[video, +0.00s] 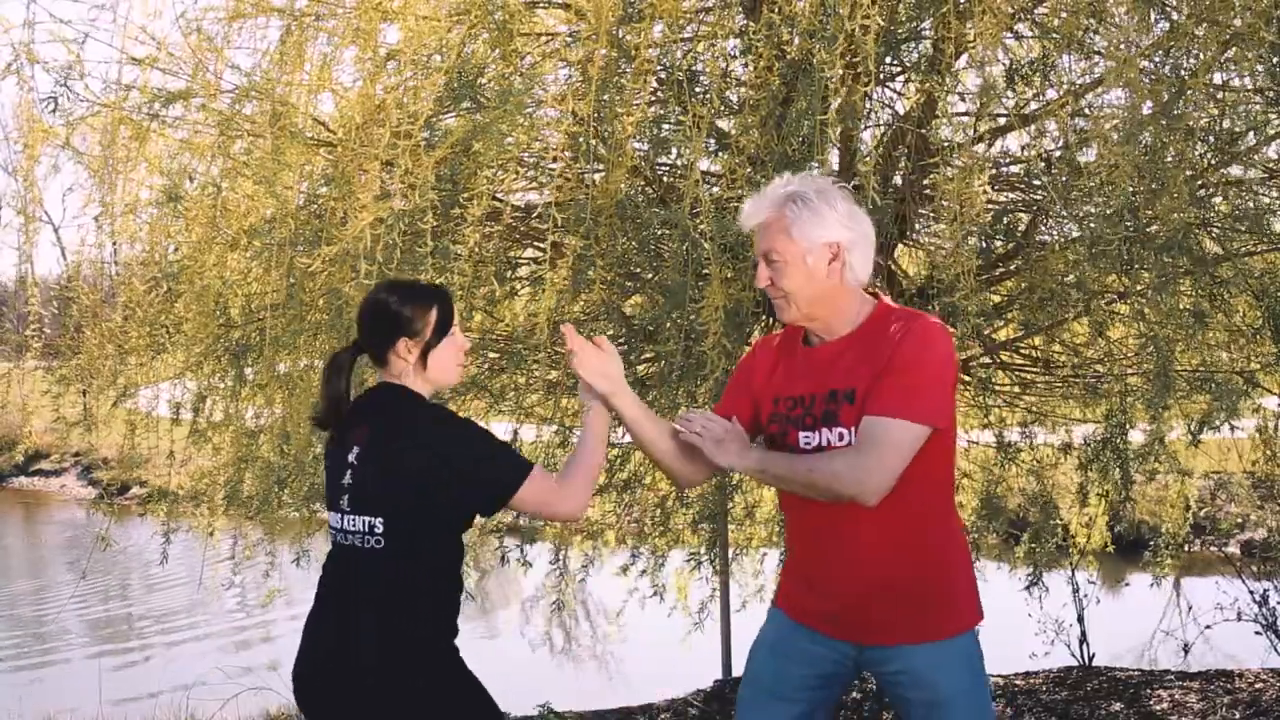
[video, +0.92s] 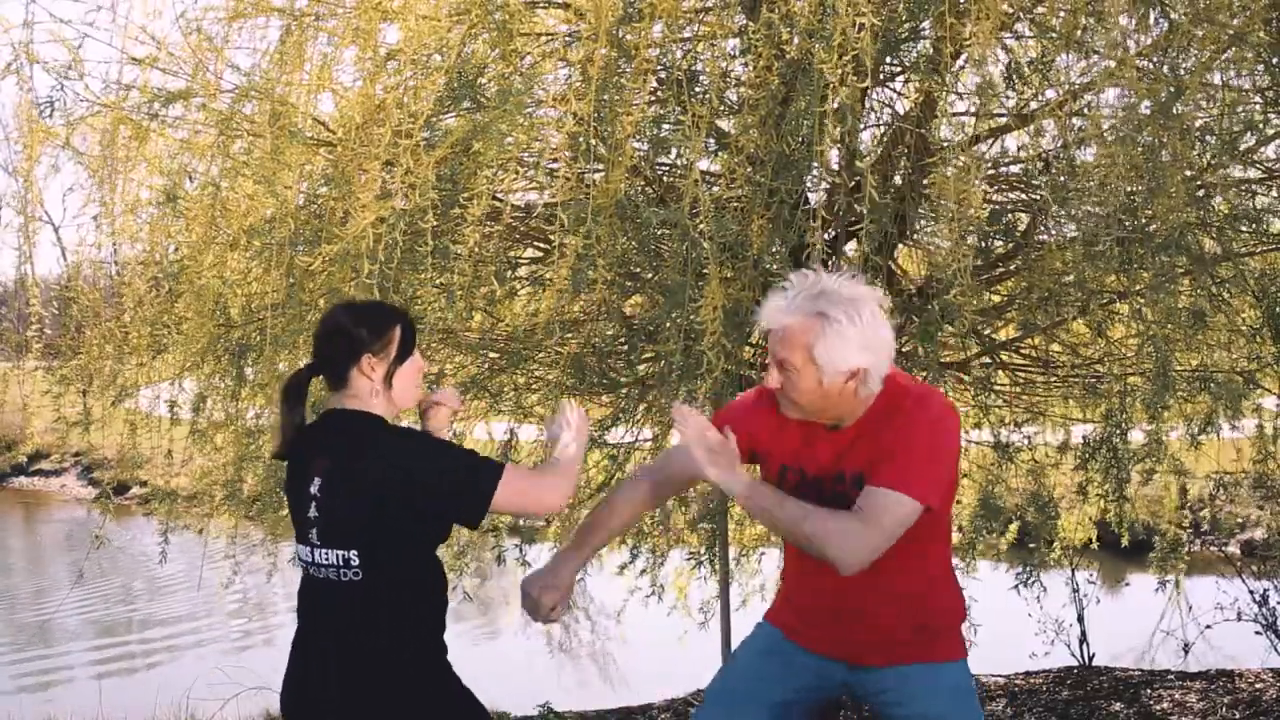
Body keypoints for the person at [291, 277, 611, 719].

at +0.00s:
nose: (465, 343)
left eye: (459, 329)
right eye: (452, 332)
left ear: (402, 351)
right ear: (409, 350)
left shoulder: (350, 422)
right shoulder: (441, 435)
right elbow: (570, 501)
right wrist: (599, 402)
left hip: (325, 671)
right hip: (412, 675)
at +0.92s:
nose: (423, 366)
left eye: (416, 352)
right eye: (411, 353)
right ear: (372, 366)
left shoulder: (307, 447)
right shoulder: (406, 455)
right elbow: (551, 492)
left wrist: (433, 435)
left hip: (312, 688)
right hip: (404, 689)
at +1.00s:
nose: (421, 374)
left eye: (415, 362)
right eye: (409, 363)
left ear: (359, 378)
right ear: (366, 377)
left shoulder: (300, 455)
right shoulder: (415, 461)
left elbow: (371, 515)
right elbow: (541, 512)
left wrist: (426, 446)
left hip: (306, 695)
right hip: (402, 695)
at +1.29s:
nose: (427, 382)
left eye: (420, 371)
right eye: (414, 373)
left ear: (366, 389)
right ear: (369, 389)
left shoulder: (317, 464)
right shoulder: (415, 471)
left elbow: (417, 544)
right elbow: (543, 532)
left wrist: (445, 457)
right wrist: (598, 553)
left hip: (309, 700)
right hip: (399, 702)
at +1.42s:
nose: (435, 375)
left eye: (428, 364)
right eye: (422, 366)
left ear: (376, 391)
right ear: (383, 389)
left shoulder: (344, 463)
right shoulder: (433, 468)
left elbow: (446, 535)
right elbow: (548, 551)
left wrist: (467, 447)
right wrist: (617, 592)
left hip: (323, 695)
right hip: (412, 699)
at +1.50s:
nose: (441, 373)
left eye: (433, 363)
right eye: (430, 365)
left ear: (389, 389)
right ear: (393, 387)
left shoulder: (362, 460)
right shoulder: (445, 473)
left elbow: (499, 492)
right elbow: (548, 568)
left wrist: (524, 413)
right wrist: (598, 615)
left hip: (334, 694)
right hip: (420, 698)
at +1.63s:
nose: (436, 367)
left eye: (429, 354)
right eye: (425, 355)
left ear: (383, 376)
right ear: (390, 373)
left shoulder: (364, 449)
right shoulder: (440, 463)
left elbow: (503, 465)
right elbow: (556, 552)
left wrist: (559, 395)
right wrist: (591, 557)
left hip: (345, 695)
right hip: (432, 698)